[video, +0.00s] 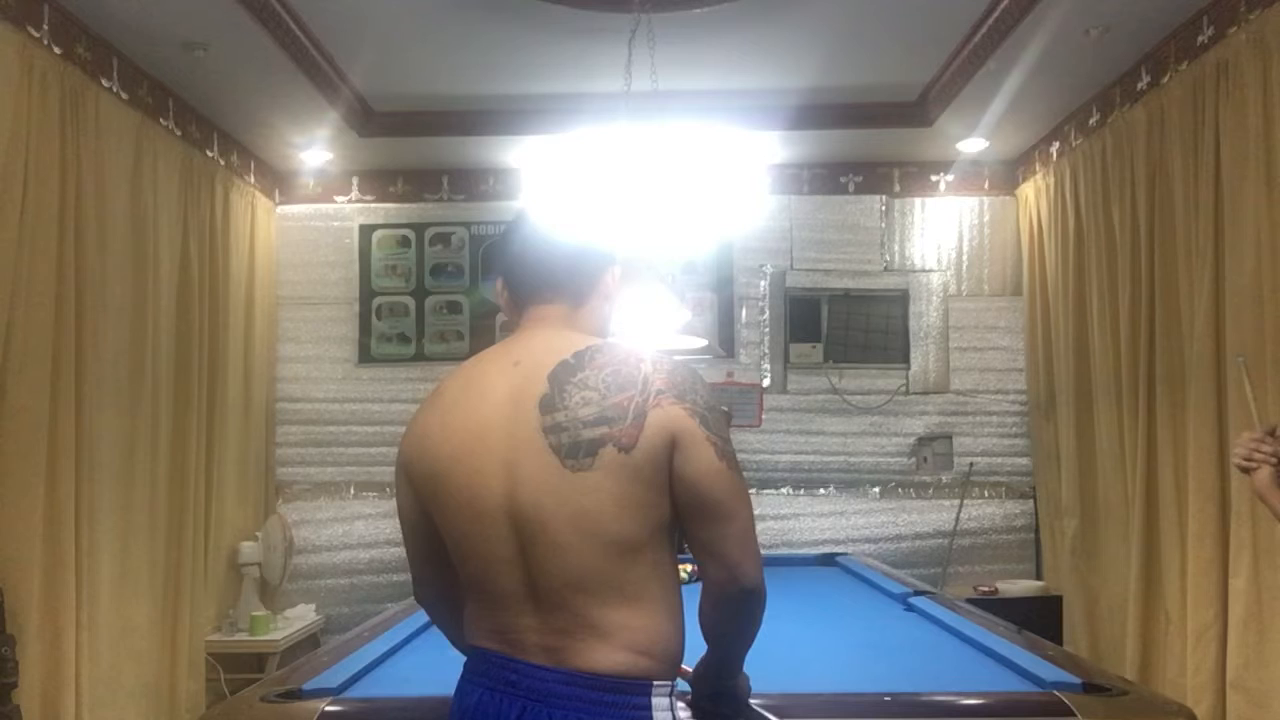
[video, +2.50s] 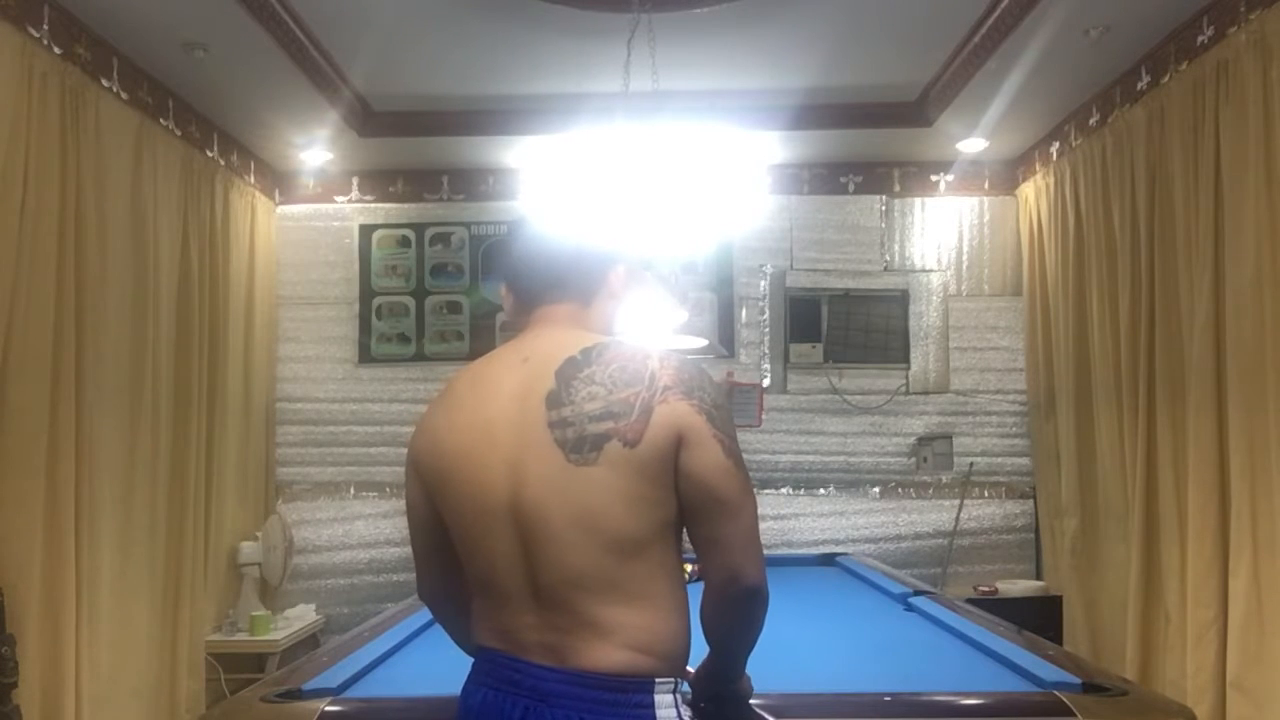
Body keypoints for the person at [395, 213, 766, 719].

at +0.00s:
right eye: (620, 282)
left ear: (502, 295)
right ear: (610, 283)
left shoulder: (434, 412)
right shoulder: (661, 388)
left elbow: (434, 589)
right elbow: (738, 580)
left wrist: (497, 662)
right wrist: (722, 673)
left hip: (485, 698)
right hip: (627, 702)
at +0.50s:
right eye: (619, 284)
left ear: (501, 294)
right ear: (610, 283)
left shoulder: (434, 412)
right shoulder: (660, 391)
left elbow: (434, 588)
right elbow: (738, 581)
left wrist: (497, 661)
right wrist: (722, 674)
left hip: (487, 698)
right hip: (629, 702)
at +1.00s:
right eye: (627, 276)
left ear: (506, 293)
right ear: (614, 280)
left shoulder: (438, 412)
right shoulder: (665, 386)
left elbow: (436, 591)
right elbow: (740, 579)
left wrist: (501, 662)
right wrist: (723, 673)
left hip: (492, 698)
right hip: (636, 701)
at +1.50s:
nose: (642, 288)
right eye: (638, 274)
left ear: (512, 289)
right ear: (621, 277)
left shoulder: (444, 408)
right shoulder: (669, 384)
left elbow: (440, 587)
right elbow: (741, 579)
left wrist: (504, 660)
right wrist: (725, 671)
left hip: (491, 698)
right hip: (635, 702)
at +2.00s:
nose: (642, 290)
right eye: (640, 276)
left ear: (517, 287)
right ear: (625, 277)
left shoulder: (445, 406)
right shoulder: (668, 387)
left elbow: (440, 583)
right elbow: (738, 586)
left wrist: (504, 657)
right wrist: (723, 677)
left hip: (487, 697)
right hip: (629, 702)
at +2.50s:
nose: (636, 290)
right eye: (634, 278)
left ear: (509, 294)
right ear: (618, 280)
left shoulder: (445, 408)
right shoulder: (669, 384)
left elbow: (439, 587)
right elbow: (740, 580)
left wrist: (504, 661)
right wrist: (723, 674)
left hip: (491, 697)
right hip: (634, 701)